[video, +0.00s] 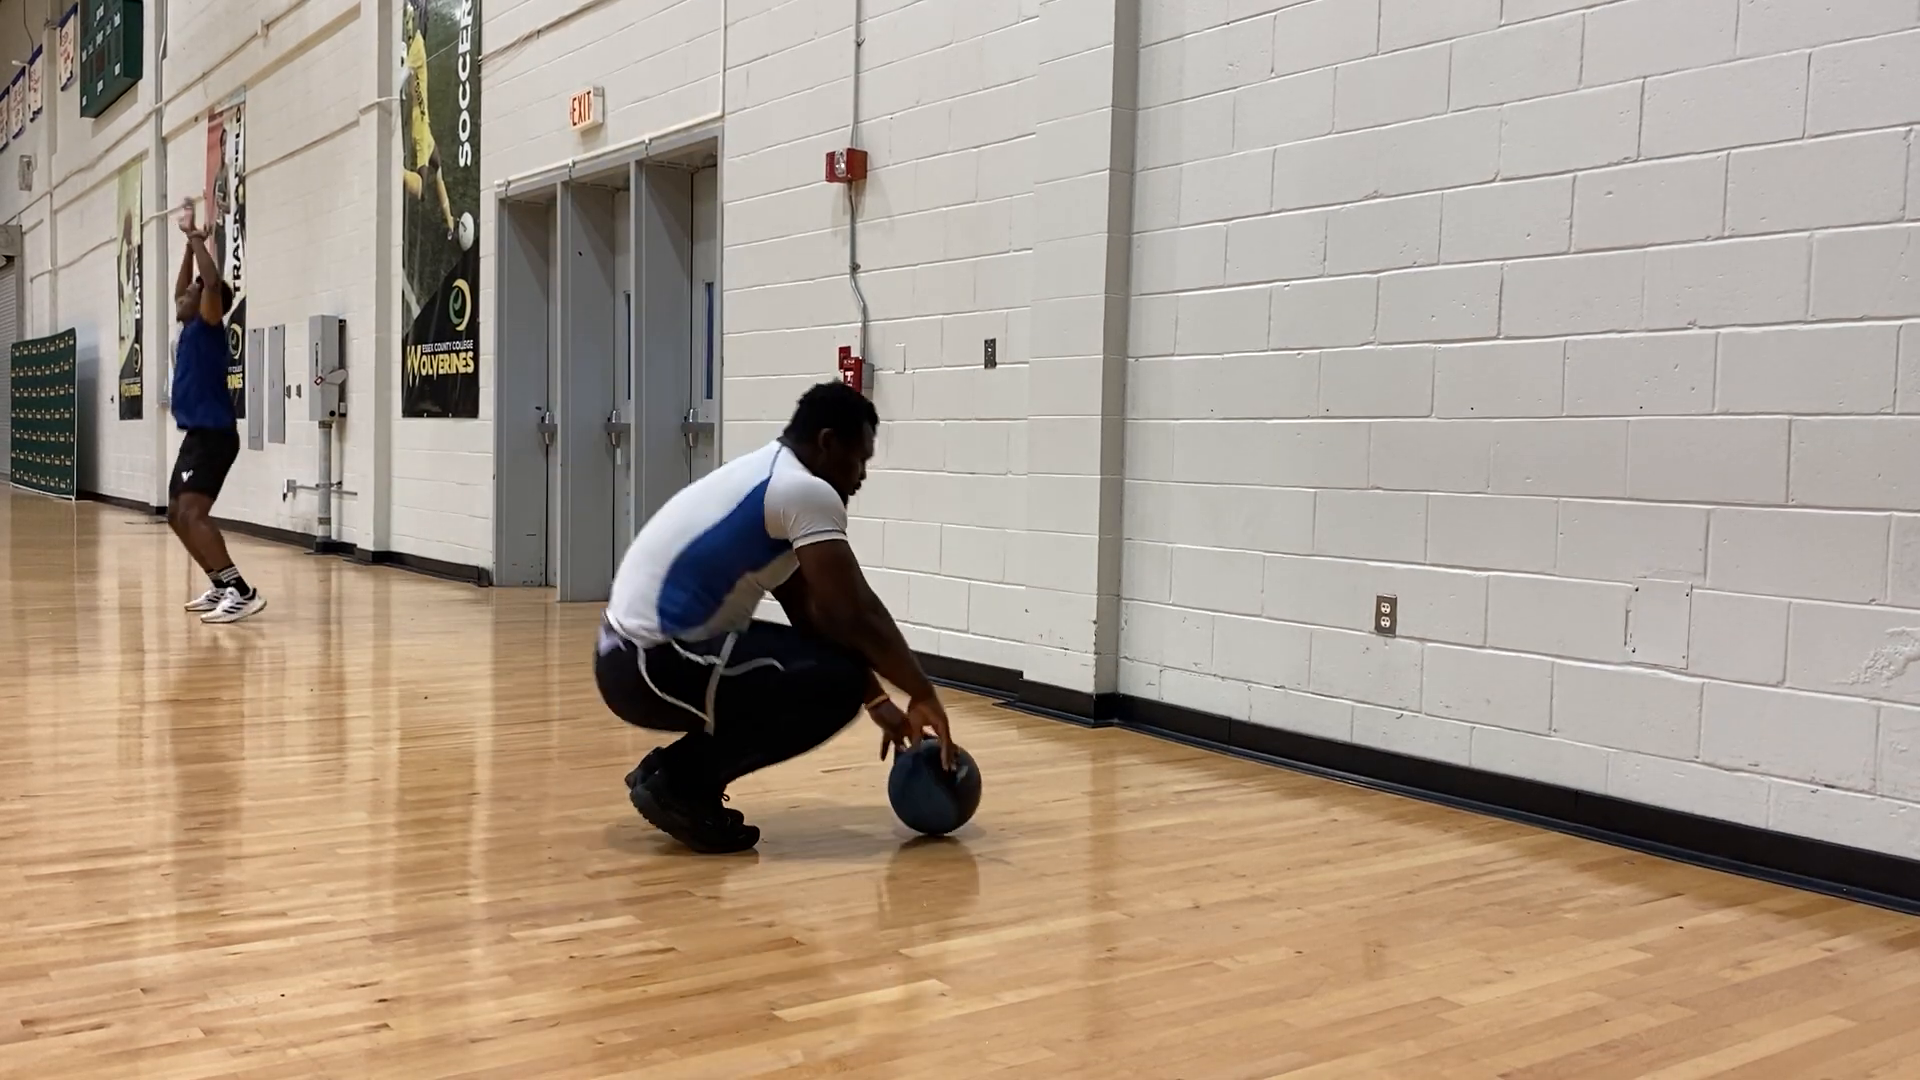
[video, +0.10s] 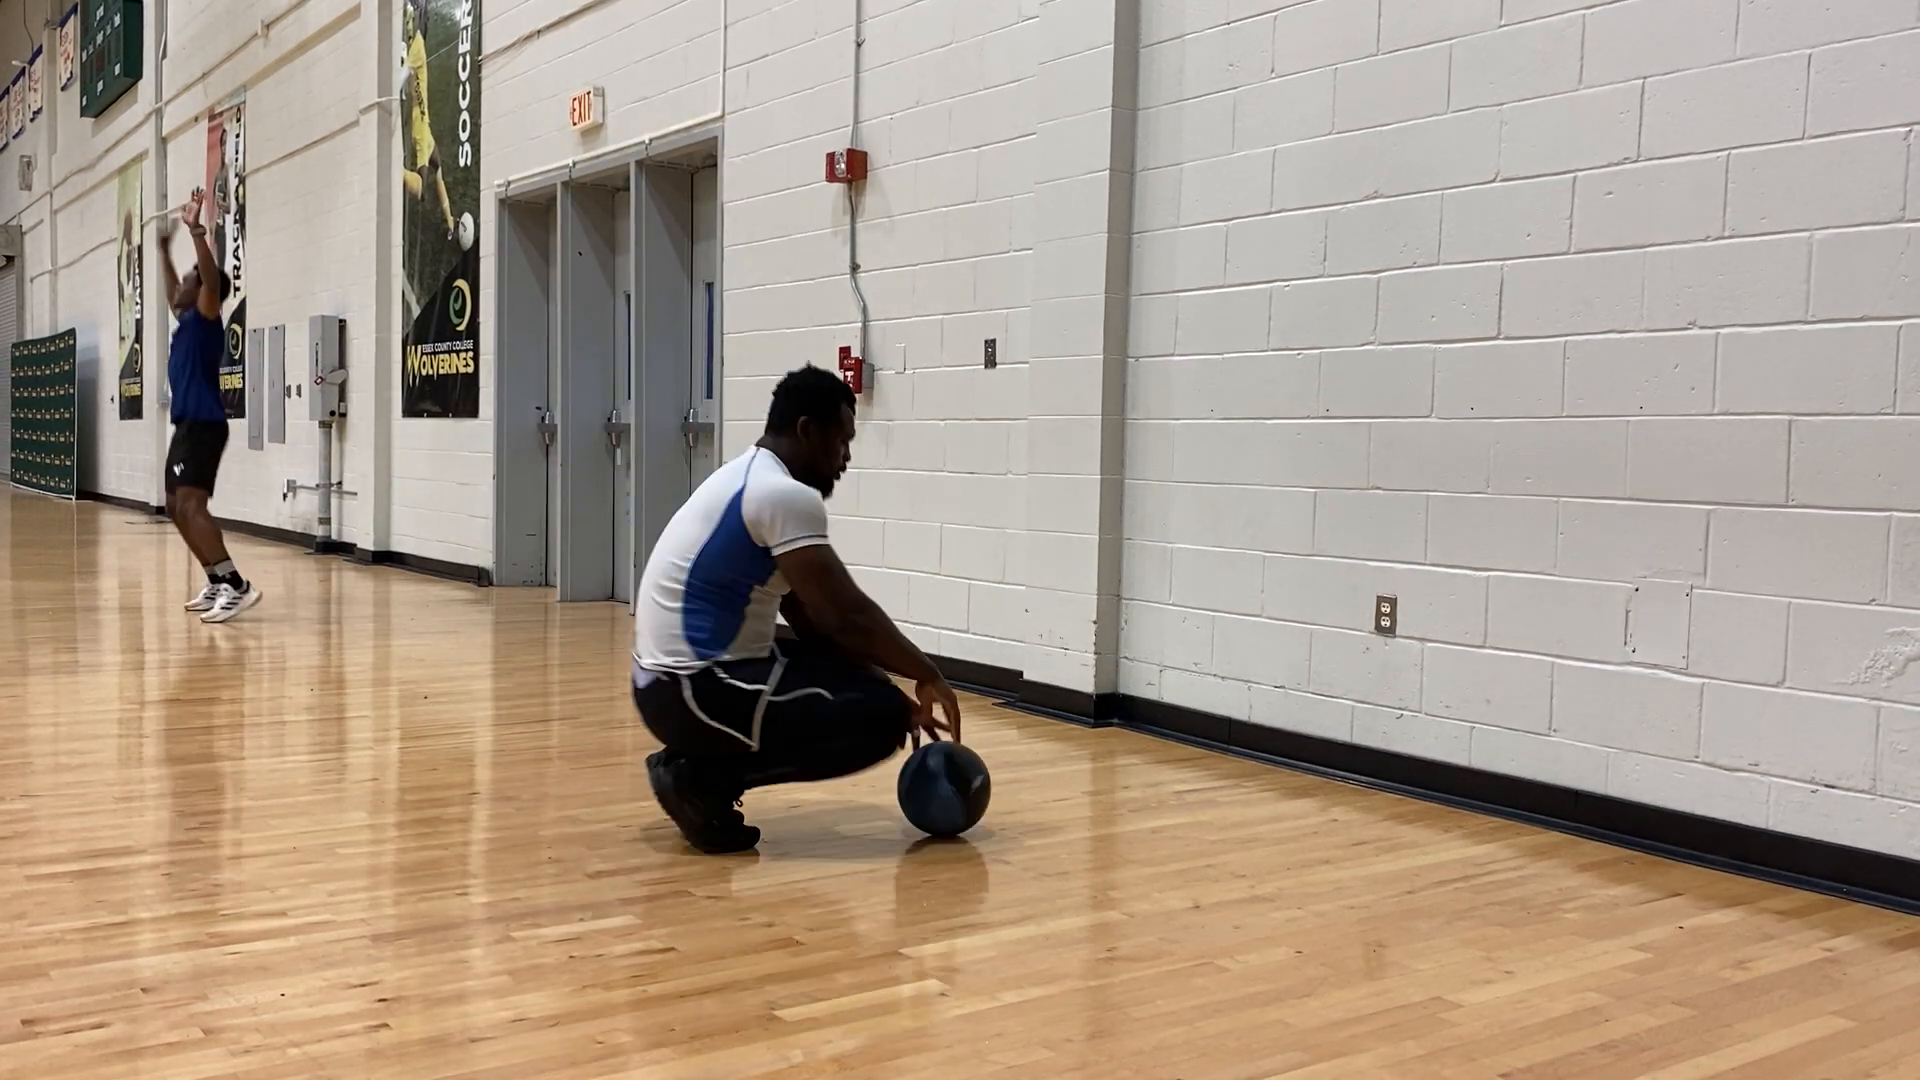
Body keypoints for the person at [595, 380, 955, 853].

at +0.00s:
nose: (863, 475)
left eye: (868, 460)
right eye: (862, 458)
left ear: (816, 440)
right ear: (827, 443)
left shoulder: (765, 474)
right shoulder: (805, 491)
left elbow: (812, 618)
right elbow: (853, 612)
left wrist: (876, 701)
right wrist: (924, 694)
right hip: (656, 664)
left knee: (826, 663)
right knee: (838, 685)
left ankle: (680, 774)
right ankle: (683, 785)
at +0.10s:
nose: (847, 458)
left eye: (849, 444)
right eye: (843, 442)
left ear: (797, 430)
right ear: (805, 430)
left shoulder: (751, 476)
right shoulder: (782, 494)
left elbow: (816, 622)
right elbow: (845, 614)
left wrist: (895, 693)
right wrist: (929, 677)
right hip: (700, 686)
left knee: (867, 688)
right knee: (881, 718)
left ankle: (700, 766)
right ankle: (704, 779)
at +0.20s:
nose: (848, 434)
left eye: (848, 419)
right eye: (842, 418)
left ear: (794, 410)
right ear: (802, 412)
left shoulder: (744, 462)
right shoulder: (776, 480)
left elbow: (802, 615)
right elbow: (810, 612)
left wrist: (876, 673)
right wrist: (903, 668)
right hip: (740, 684)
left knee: (900, 733)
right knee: (909, 762)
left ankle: (722, 765)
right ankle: (722, 777)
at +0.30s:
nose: (853, 423)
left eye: (854, 409)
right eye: (848, 407)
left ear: (799, 399)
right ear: (810, 401)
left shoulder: (744, 454)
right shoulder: (796, 468)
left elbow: (784, 603)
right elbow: (800, 605)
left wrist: (860, 653)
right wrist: (876, 680)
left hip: (743, 682)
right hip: (782, 690)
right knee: (928, 801)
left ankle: (735, 766)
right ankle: (738, 775)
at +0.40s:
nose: (873, 416)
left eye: (872, 402)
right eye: (866, 400)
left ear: (809, 400)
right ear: (830, 401)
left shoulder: (752, 467)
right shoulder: (828, 473)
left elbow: (765, 597)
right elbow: (831, 611)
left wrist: (866, 634)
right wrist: (897, 699)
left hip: (766, 691)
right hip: (811, 698)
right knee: (931, 824)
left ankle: (747, 763)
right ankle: (754, 775)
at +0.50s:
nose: (907, 409)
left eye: (904, 394)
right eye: (899, 393)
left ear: (854, 397)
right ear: (864, 398)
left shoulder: (783, 467)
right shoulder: (855, 480)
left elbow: (801, 592)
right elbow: (881, 618)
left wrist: (876, 654)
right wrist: (943, 709)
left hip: (780, 684)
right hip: (819, 690)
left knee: (922, 791)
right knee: (938, 826)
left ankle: (750, 755)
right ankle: (761, 776)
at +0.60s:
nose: (937, 412)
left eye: (936, 398)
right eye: (931, 396)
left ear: (878, 397)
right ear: (897, 397)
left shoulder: (825, 454)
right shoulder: (888, 472)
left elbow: (838, 584)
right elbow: (913, 608)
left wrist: (897, 654)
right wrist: (964, 695)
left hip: (796, 670)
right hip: (829, 678)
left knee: (936, 802)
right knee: (941, 826)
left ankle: (756, 759)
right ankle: (763, 768)